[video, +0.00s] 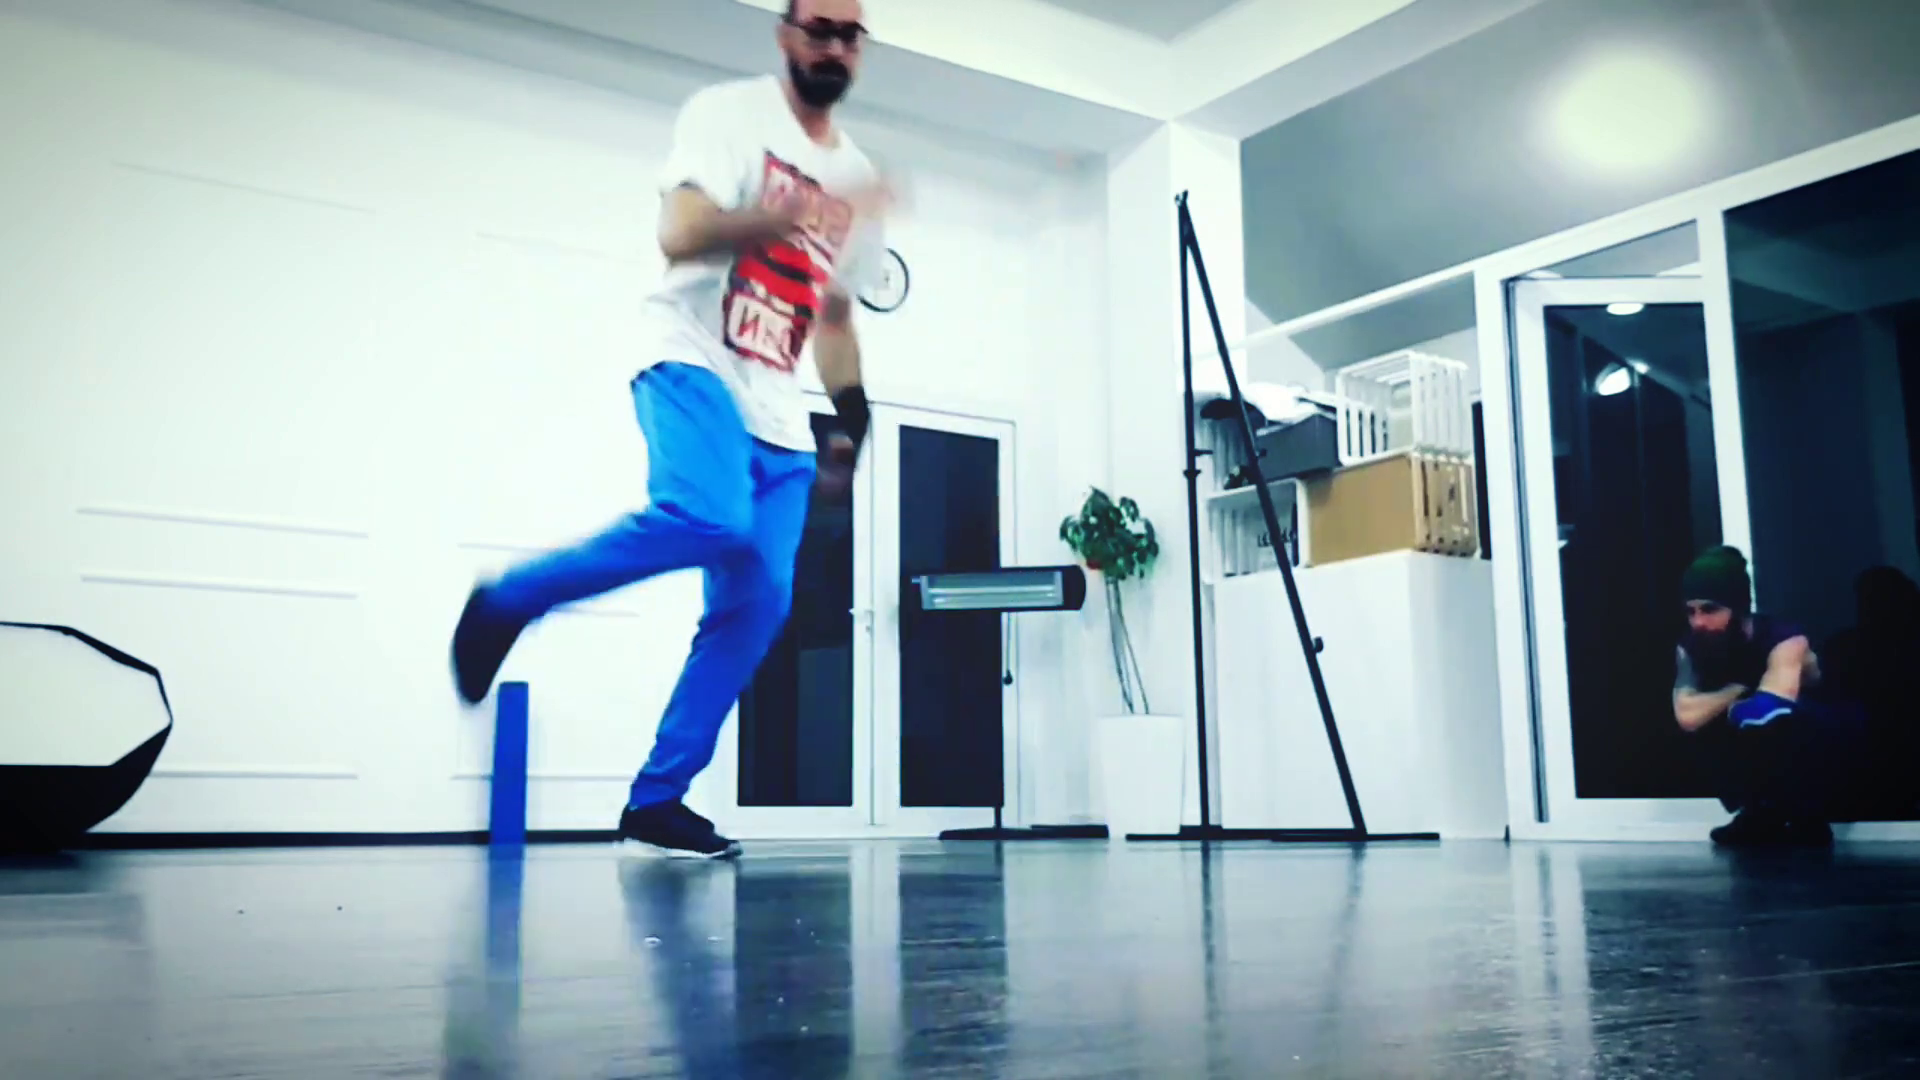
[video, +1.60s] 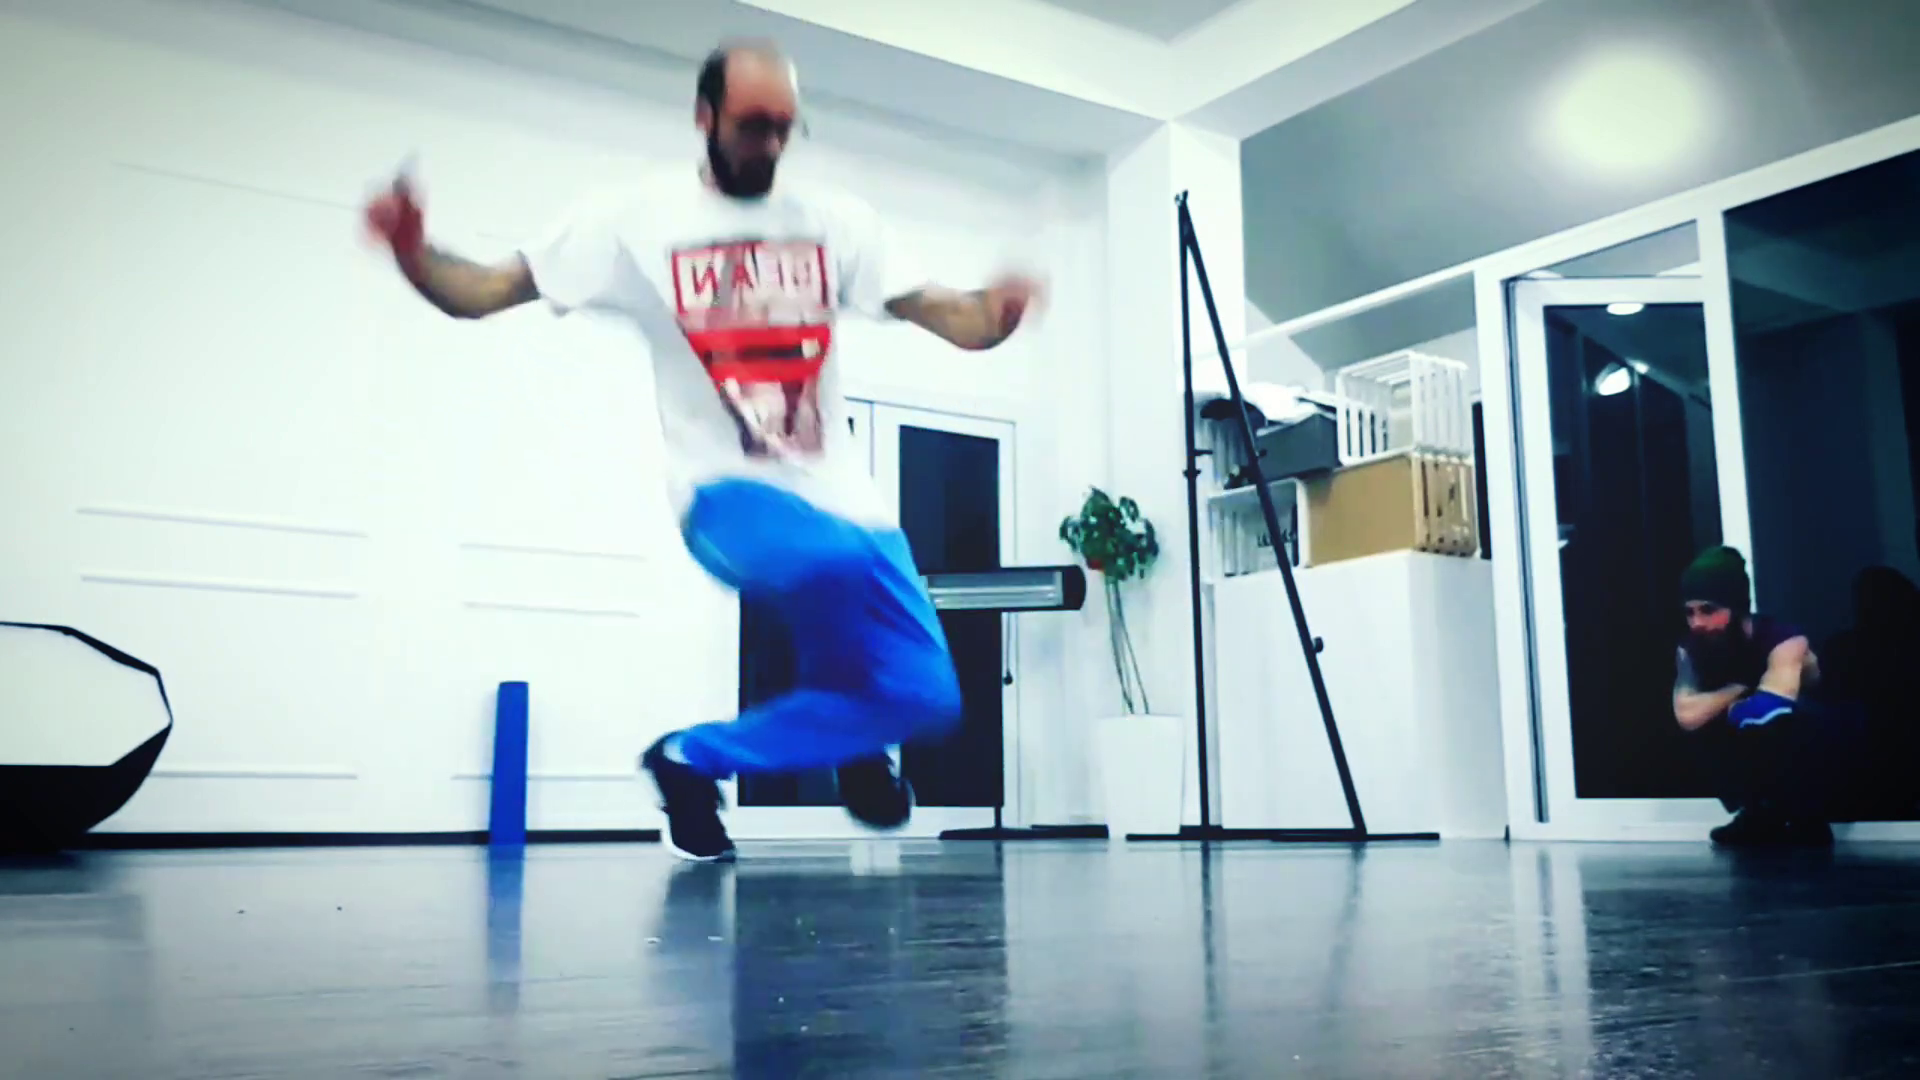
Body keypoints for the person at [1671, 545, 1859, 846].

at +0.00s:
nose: (1698, 622)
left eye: (1709, 610)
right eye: (1691, 612)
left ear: (1737, 607)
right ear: (1685, 611)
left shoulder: (1782, 639)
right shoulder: (1690, 651)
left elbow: (1775, 703)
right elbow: (1687, 716)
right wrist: (1738, 689)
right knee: (1710, 727)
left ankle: (1804, 820)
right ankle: (1756, 813)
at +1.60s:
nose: (1697, 623)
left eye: (1708, 611)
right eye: (1690, 613)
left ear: (1736, 607)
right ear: (1684, 612)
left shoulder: (1779, 637)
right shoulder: (1690, 652)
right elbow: (1688, 715)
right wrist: (1738, 690)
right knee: (1704, 727)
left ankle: (1802, 819)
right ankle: (1755, 814)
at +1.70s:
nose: (1697, 623)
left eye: (1708, 611)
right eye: (1690, 613)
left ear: (1736, 607)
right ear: (1684, 612)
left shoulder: (1777, 637)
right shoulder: (1691, 652)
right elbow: (1688, 715)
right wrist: (1738, 689)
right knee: (1704, 728)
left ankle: (1802, 819)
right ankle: (1755, 814)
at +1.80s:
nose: (1697, 624)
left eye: (1709, 611)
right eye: (1690, 613)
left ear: (1736, 606)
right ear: (1684, 612)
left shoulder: (1777, 638)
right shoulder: (1691, 652)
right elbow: (1688, 715)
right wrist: (1738, 689)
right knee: (1705, 727)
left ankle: (1802, 819)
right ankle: (1755, 814)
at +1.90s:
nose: (1697, 623)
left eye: (1708, 611)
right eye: (1690, 613)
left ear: (1736, 607)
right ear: (1684, 612)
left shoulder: (1780, 638)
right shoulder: (1691, 652)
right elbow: (1688, 715)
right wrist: (1739, 690)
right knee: (1704, 727)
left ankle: (1802, 818)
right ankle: (1754, 814)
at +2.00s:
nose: (1697, 622)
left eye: (1708, 610)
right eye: (1690, 612)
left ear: (1737, 607)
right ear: (1684, 611)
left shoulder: (1778, 637)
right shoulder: (1691, 650)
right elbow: (1687, 714)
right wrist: (1739, 689)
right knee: (1704, 726)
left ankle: (1802, 818)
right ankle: (1754, 814)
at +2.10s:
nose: (1697, 623)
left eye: (1709, 610)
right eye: (1691, 612)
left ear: (1738, 607)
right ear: (1685, 612)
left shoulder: (1782, 637)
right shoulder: (1690, 652)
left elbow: (1775, 705)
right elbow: (1688, 714)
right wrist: (1742, 687)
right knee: (1705, 725)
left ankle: (1799, 818)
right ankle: (1755, 813)